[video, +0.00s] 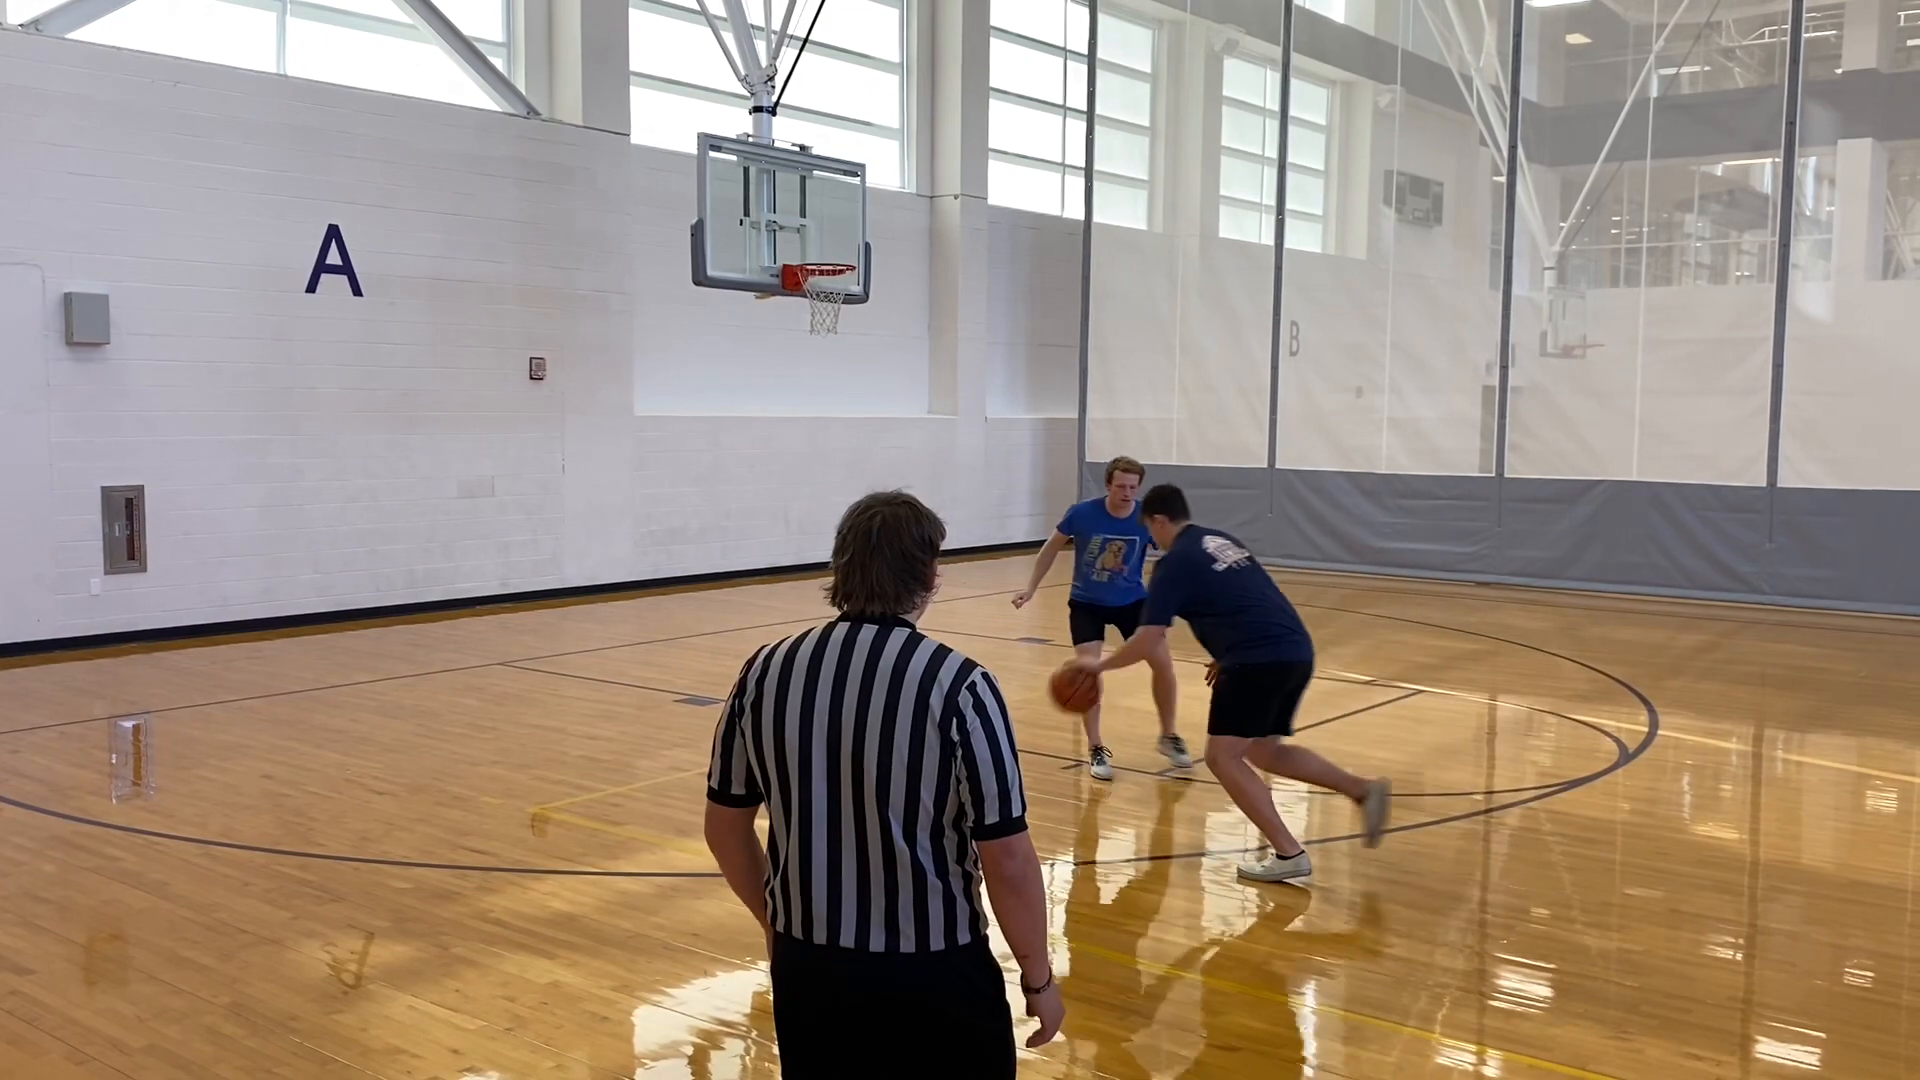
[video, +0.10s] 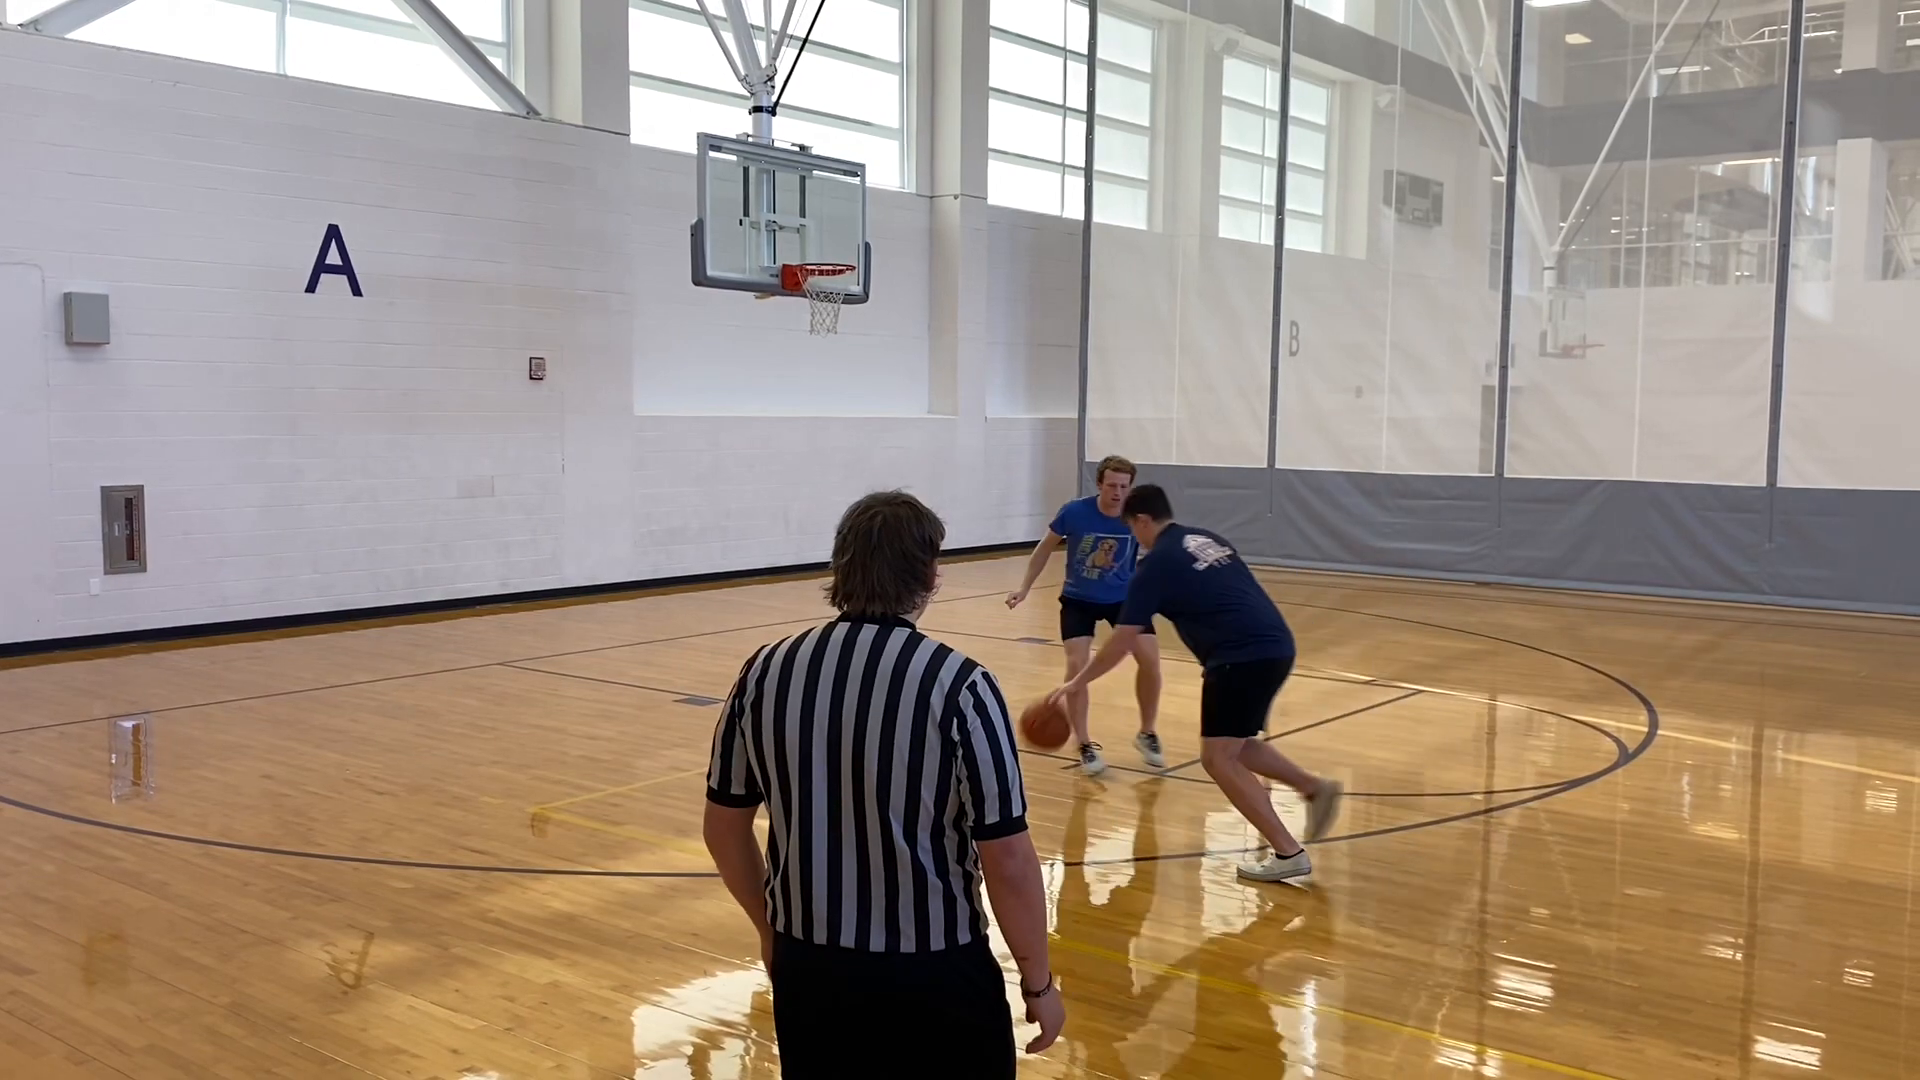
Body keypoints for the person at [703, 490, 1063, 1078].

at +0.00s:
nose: (939, 575)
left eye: (937, 559)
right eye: (935, 560)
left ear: (845, 566)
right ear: (923, 572)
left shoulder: (766, 670)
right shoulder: (961, 686)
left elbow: (725, 825)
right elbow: (1007, 855)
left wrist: (777, 920)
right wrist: (1038, 976)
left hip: (809, 979)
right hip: (940, 982)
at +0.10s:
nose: (939, 575)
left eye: (937, 559)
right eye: (936, 560)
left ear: (844, 566)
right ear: (923, 572)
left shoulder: (766, 671)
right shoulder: (961, 686)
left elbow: (724, 825)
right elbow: (1007, 856)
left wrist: (768, 924)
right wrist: (1038, 980)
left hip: (809, 981)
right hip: (941, 983)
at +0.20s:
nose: (939, 576)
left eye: (937, 558)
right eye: (936, 560)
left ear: (845, 565)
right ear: (922, 571)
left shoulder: (766, 670)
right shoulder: (962, 685)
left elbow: (723, 826)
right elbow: (1007, 856)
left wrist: (765, 926)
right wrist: (1038, 980)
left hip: (810, 981)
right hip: (942, 983)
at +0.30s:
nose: (939, 574)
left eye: (937, 557)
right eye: (936, 559)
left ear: (844, 564)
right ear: (924, 572)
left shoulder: (766, 670)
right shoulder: (961, 685)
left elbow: (722, 827)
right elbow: (1007, 858)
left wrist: (762, 933)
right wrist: (1038, 985)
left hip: (809, 980)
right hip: (941, 983)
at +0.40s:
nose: (938, 574)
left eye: (936, 558)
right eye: (935, 559)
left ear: (844, 564)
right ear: (924, 572)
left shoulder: (766, 669)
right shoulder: (961, 685)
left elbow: (721, 827)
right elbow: (1007, 859)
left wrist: (758, 936)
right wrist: (1038, 988)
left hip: (809, 978)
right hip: (940, 981)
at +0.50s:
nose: (938, 574)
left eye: (936, 558)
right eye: (936, 560)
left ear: (843, 565)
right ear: (925, 573)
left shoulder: (766, 670)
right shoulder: (961, 685)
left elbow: (720, 829)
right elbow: (1009, 861)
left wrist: (755, 938)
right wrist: (1037, 990)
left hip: (808, 979)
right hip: (941, 982)